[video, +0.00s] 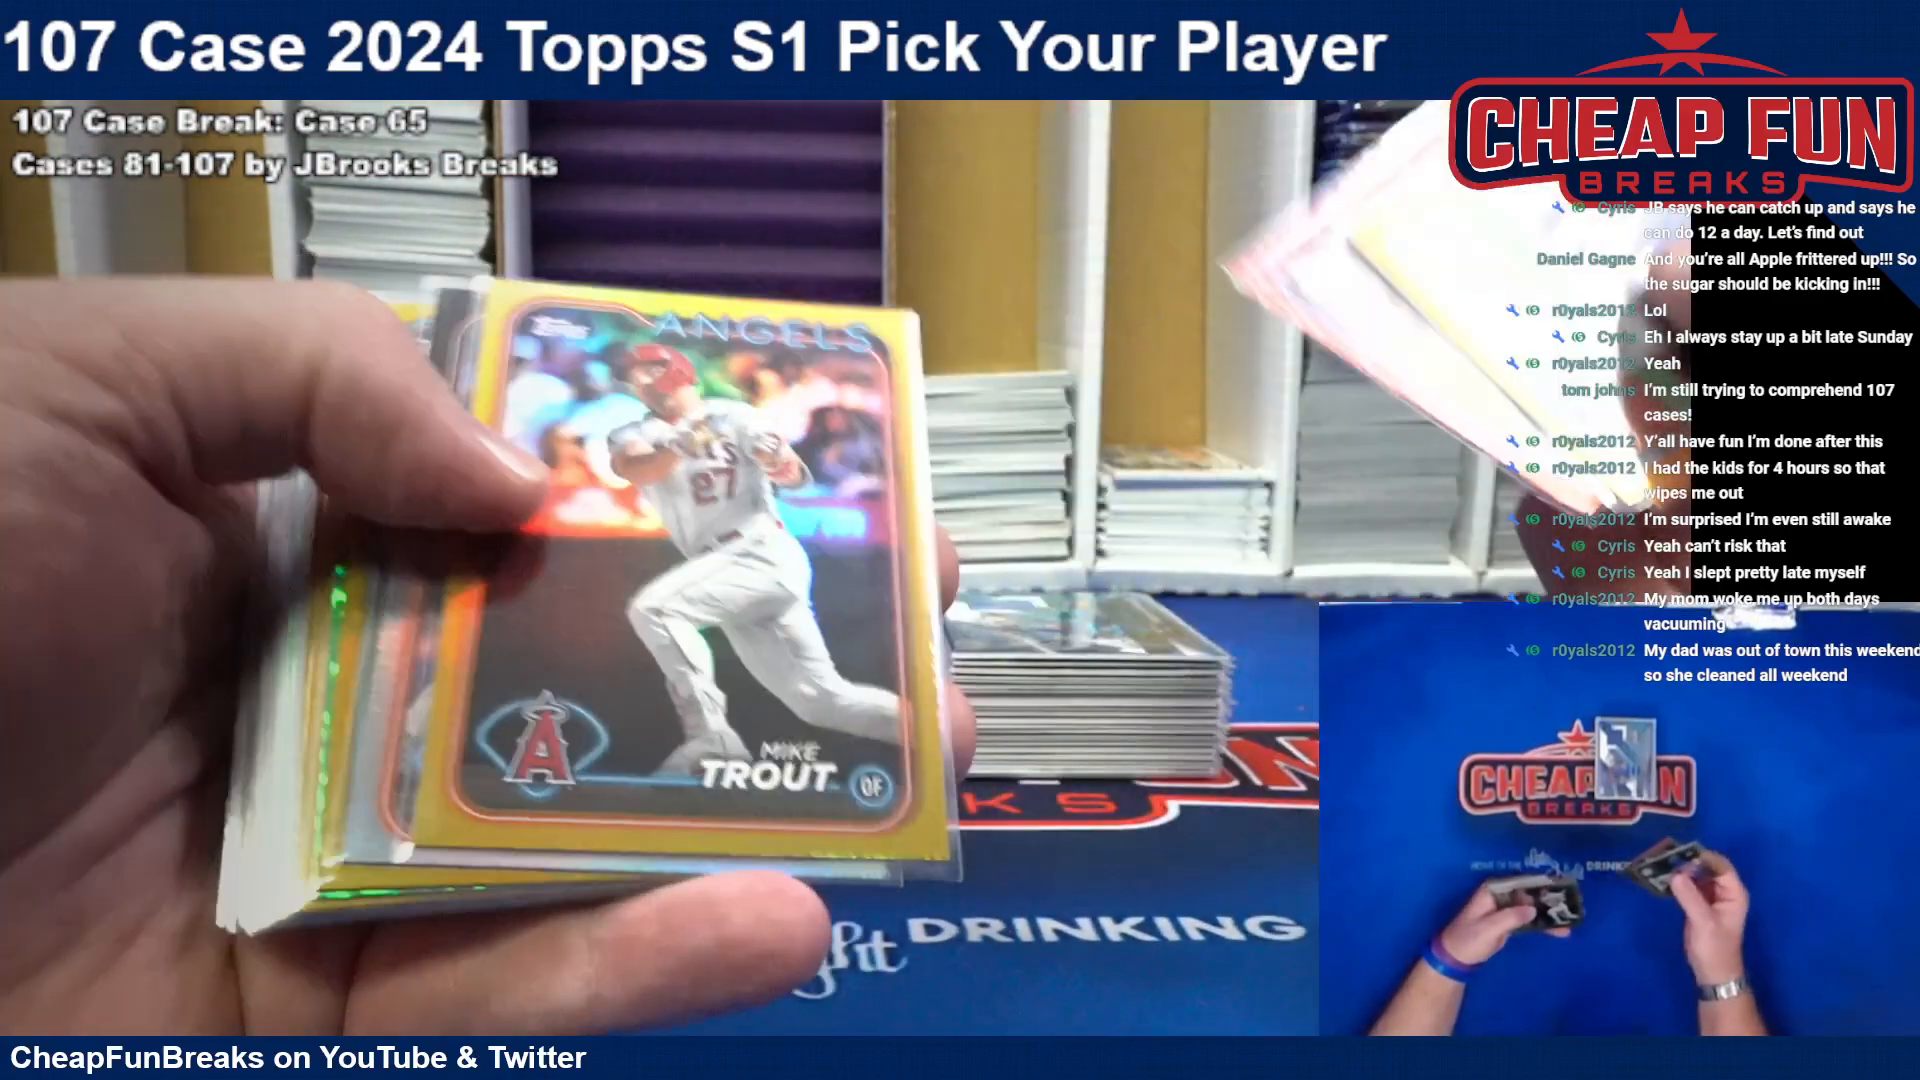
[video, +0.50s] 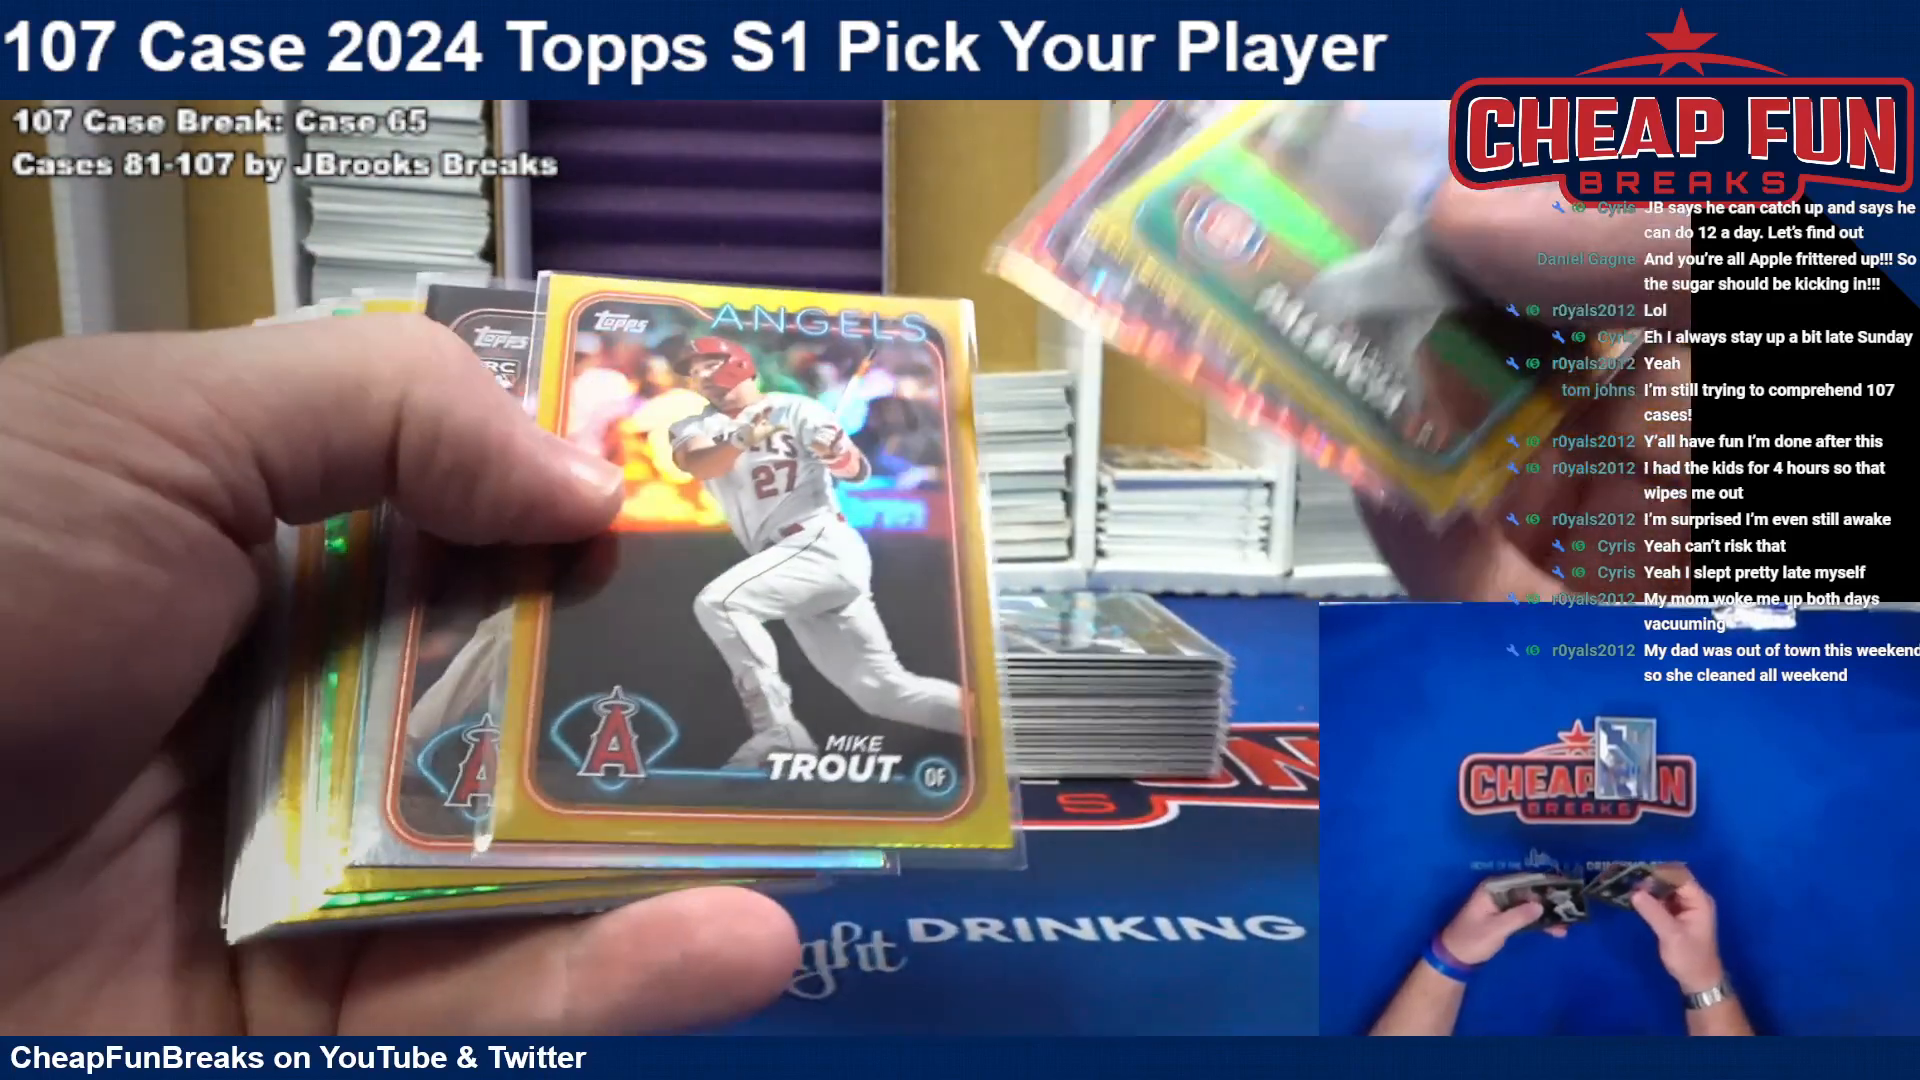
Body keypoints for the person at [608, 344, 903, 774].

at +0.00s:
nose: (651, 382)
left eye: (658, 370)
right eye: (642, 375)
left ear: (685, 375)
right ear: (638, 389)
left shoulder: (733, 416)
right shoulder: (636, 432)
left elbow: (798, 478)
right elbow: (630, 468)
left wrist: (786, 467)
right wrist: (680, 448)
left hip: (764, 550)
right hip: (720, 566)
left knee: (656, 608)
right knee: (818, 698)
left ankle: (712, 741)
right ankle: (943, 725)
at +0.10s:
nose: (657, 378)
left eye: (664, 366)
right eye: (648, 374)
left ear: (694, 372)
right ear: (645, 389)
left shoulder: (743, 414)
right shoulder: (643, 430)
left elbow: (804, 476)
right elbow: (642, 466)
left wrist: (792, 463)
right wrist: (688, 444)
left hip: (771, 547)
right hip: (729, 563)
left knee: (666, 607)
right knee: (826, 697)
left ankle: (720, 739)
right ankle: (951, 723)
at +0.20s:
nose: (677, 382)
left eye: (687, 370)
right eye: (670, 376)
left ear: (717, 373)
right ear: (669, 386)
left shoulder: (770, 419)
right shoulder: (671, 434)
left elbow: (832, 481)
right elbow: (667, 475)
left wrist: (817, 470)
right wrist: (716, 451)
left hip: (796, 557)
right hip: (755, 571)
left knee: (690, 616)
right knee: (848, 708)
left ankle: (743, 751)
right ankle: (977, 744)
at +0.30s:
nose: (693, 390)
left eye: (701, 378)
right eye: (685, 383)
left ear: (727, 375)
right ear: (680, 390)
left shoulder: (776, 417)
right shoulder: (678, 434)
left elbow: (838, 481)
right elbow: (673, 473)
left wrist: (824, 470)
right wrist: (722, 450)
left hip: (802, 557)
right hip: (761, 572)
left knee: (696, 617)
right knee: (855, 711)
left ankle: (749, 751)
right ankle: (983, 745)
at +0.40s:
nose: (693, 377)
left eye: (703, 366)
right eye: (687, 371)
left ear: (735, 370)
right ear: (686, 382)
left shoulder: (787, 413)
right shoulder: (688, 429)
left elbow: (849, 474)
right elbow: (688, 469)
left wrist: (833, 462)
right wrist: (733, 445)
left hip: (815, 547)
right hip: (775, 562)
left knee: (710, 607)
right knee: (870, 697)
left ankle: (764, 738)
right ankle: (995, 729)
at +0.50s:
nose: (699, 375)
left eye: (710, 364)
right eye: (693, 368)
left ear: (741, 368)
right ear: (691, 379)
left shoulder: (795, 409)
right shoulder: (696, 426)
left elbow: (856, 468)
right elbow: (697, 466)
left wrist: (843, 460)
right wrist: (742, 440)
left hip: (824, 543)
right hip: (784, 558)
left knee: (721, 603)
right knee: (881, 690)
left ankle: (777, 732)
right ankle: (1007, 720)